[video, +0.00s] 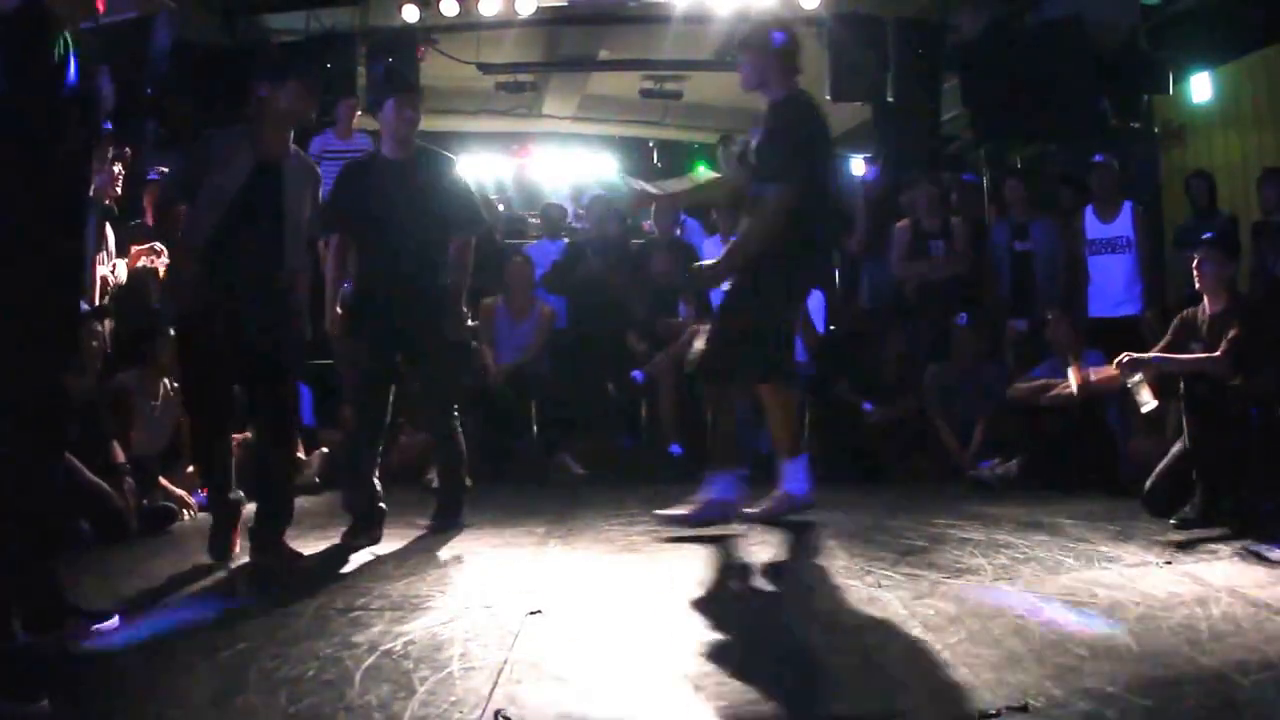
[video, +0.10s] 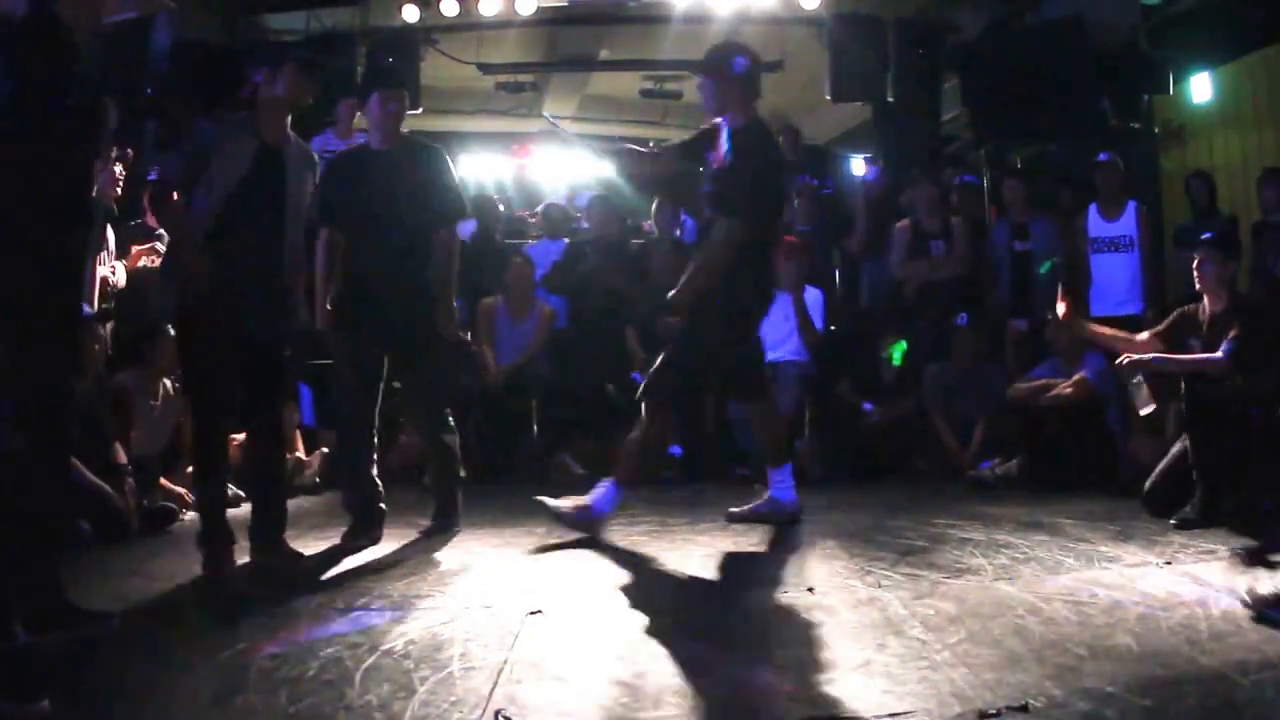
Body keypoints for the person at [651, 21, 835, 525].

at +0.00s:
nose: (741, 66)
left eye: (749, 55)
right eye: (741, 57)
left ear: (778, 58)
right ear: (774, 62)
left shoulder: (790, 115)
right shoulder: (790, 114)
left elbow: (775, 207)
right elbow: (752, 189)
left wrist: (720, 267)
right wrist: (676, 193)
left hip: (778, 262)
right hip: (786, 260)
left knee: (718, 364)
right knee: (772, 366)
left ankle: (721, 488)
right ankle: (794, 483)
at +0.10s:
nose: (700, 91)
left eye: (708, 83)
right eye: (701, 83)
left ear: (737, 85)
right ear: (726, 86)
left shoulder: (754, 148)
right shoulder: (717, 138)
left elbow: (728, 237)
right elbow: (654, 164)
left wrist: (682, 295)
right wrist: (584, 146)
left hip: (736, 288)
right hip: (723, 285)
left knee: (657, 389)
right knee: (755, 388)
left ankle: (601, 502)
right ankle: (782, 492)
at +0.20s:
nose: (656, 89)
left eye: (664, 80)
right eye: (657, 80)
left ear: (690, 85)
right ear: (694, 86)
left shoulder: (700, 145)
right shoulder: (682, 134)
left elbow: (681, 235)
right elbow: (602, 142)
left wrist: (641, 285)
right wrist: (523, 126)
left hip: (678, 283)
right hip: (685, 281)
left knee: (621, 385)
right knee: (682, 392)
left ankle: (572, 511)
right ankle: (758, 472)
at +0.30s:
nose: (612, 77)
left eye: (620, 68)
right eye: (613, 68)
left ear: (648, 73)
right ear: (649, 75)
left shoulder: (663, 127)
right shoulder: (633, 121)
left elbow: (645, 222)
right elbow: (556, 133)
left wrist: (603, 271)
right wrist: (472, 114)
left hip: (639, 280)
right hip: (618, 276)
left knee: (592, 380)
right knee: (585, 372)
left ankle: (571, 511)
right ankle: (670, 430)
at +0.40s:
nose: (580, 55)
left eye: (587, 45)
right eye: (583, 46)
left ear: (615, 50)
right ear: (604, 51)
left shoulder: (638, 115)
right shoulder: (584, 108)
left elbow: (619, 214)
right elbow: (504, 124)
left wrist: (562, 272)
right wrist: (427, 102)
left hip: (608, 270)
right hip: (568, 263)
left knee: (585, 388)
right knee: (494, 342)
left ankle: (567, 505)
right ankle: (553, 426)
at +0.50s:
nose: (547, 46)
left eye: (556, 34)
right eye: (547, 35)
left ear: (588, 40)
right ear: (560, 41)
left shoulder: (611, 104)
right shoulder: (541, 97)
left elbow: (594, 208)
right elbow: (460, 122)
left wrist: (543, 267)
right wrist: (392, 98)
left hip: (577, 258)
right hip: (523, 254)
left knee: (564, 378)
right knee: (473, 357)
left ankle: (561, 499)